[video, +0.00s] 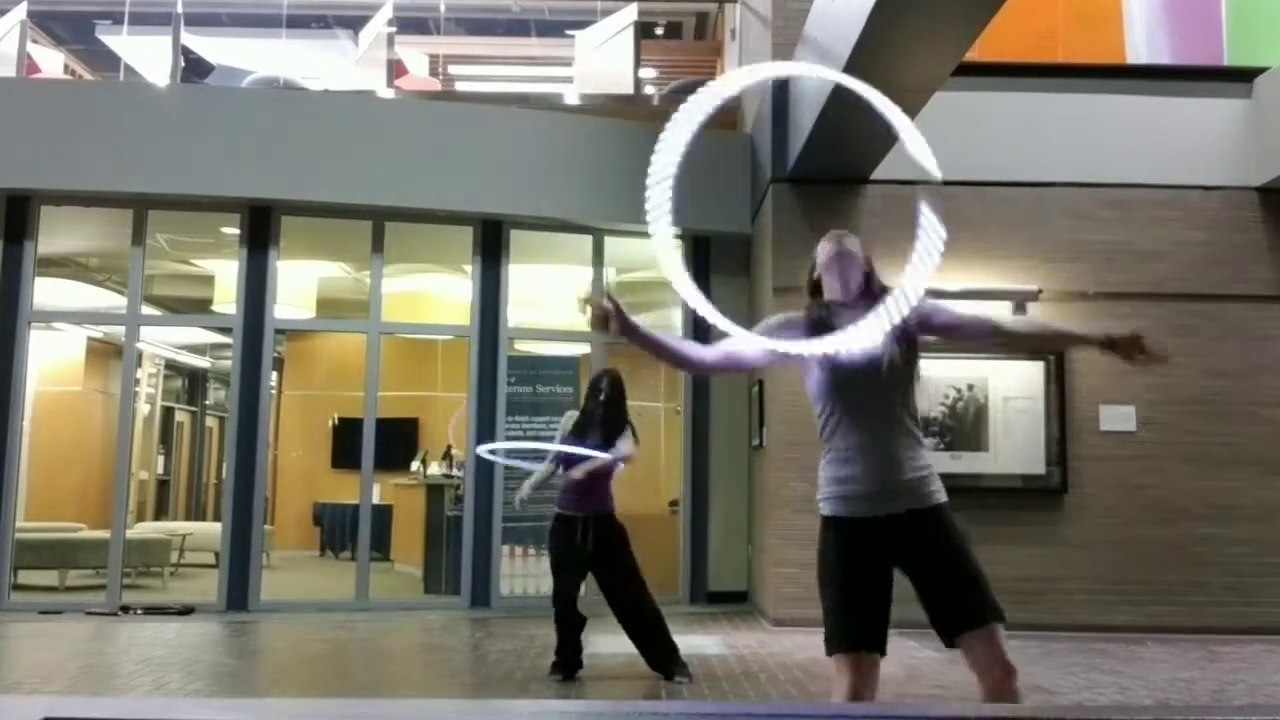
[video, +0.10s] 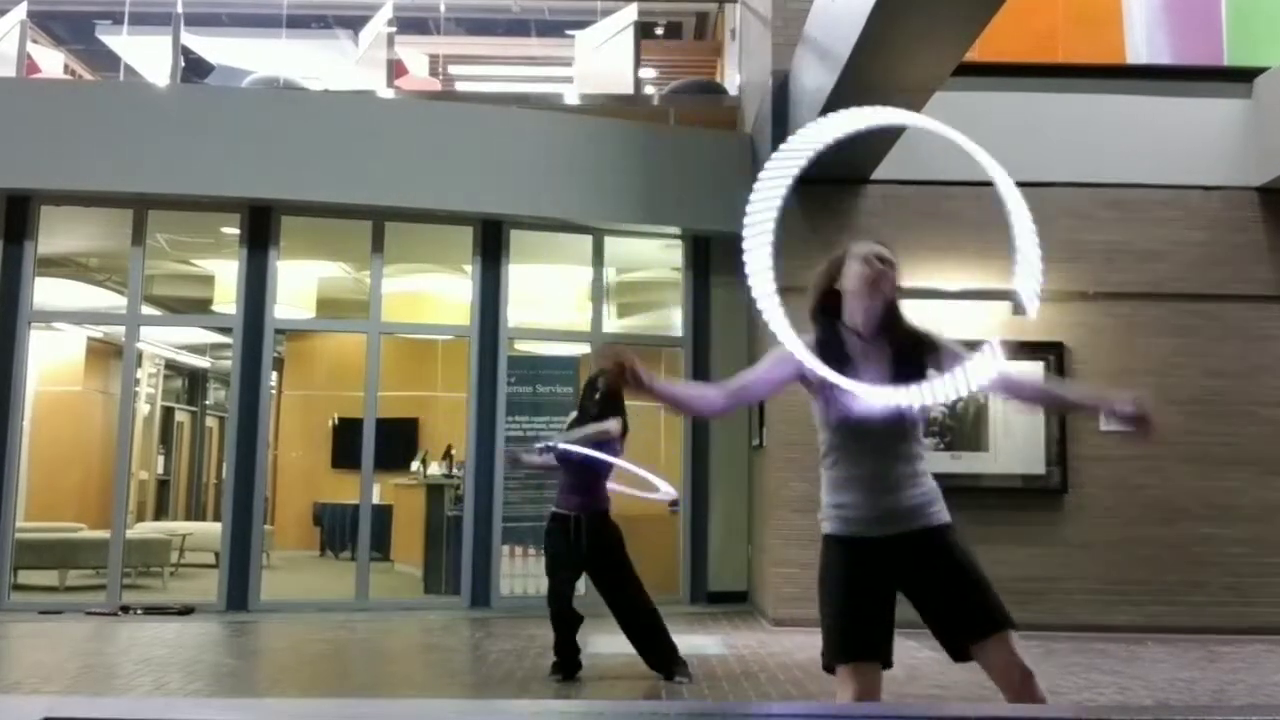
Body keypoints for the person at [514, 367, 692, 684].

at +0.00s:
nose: (602, 399)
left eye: (609, 394)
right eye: (598, 392)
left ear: (618, 398)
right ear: (589, 393)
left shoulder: (620, 429)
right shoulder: (571, 420)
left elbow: (618, 456)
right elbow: (553, 462)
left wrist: (584, 470)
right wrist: (529, 486)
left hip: (601, 522)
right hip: (566, 521)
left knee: (631, 595)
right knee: (564, 598)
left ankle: (670, 663)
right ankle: (566, 663)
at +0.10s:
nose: (596, 394)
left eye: (603, 389)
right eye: (594, 388)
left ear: (610, 397)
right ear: (586, 394)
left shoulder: (612, 427)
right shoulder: (576, 426)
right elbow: (556, 460)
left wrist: (554, 447)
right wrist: (525, 459)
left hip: (595, 523)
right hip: (562, 521)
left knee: (627, 595)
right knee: (559, 599)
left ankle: (670, 663)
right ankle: (566, 664)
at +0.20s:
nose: (597, 397)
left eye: (604, 392)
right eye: (592, 391)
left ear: (612, 399)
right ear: (582, 394)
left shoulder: (607, 427)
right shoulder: (572, 428)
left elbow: (598, 416)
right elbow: (559, 459)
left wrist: (545, 422)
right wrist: (538, 435)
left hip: (592, 525)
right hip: (559, 523)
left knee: (626, 597)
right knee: (557, 601)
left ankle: (672, 664)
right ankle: (566, 665)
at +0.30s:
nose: (591, 402)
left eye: (598, 397)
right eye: (588, 395)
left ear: (608, 404)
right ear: (579, 399)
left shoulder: (603, 435)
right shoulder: (566, 433)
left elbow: (608, 414)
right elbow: (552, 441)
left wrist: (572, 390)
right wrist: (544, 424)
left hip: (591, 527)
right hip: (557, 525)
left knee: (626, 598)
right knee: (556, 601)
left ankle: (671, 664)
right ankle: (566, 664)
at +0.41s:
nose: (593, 405)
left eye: (601, 400)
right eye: (591, 399)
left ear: (602, 410)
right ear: (583, 403)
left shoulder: (604, 434)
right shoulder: (562, 428)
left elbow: (627, 416)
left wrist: (602, 389)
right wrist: (527, 429)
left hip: (591, 526)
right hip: (556, 525)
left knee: (625, 599)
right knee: (556, 602)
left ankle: (666, 666)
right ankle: (567, 664)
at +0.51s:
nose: (603, 404)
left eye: (609, 399)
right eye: (600, 396)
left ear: (614, 402)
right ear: (590, 395)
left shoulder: (610, 424)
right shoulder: (562, 417)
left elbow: (653, 413)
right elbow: (538, 449)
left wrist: (645, 391)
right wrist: (530, 439)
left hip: (596, 524)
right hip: (561, 524)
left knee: (626, 596)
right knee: (561, 601)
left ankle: (640, 662)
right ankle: (568, 663)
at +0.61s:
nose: (621, 404)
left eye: (622, 399)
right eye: (617, 398)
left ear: (621, 401)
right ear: (603, 396)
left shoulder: (615, 420)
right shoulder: (565, 416)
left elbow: (657, 408)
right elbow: (542, 451)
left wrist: (659, 390)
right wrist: (551, 464)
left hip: (599, 521)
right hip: (567, 520)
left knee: (626, 590)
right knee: (568, 597)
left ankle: (610, 664)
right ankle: (565, 662)